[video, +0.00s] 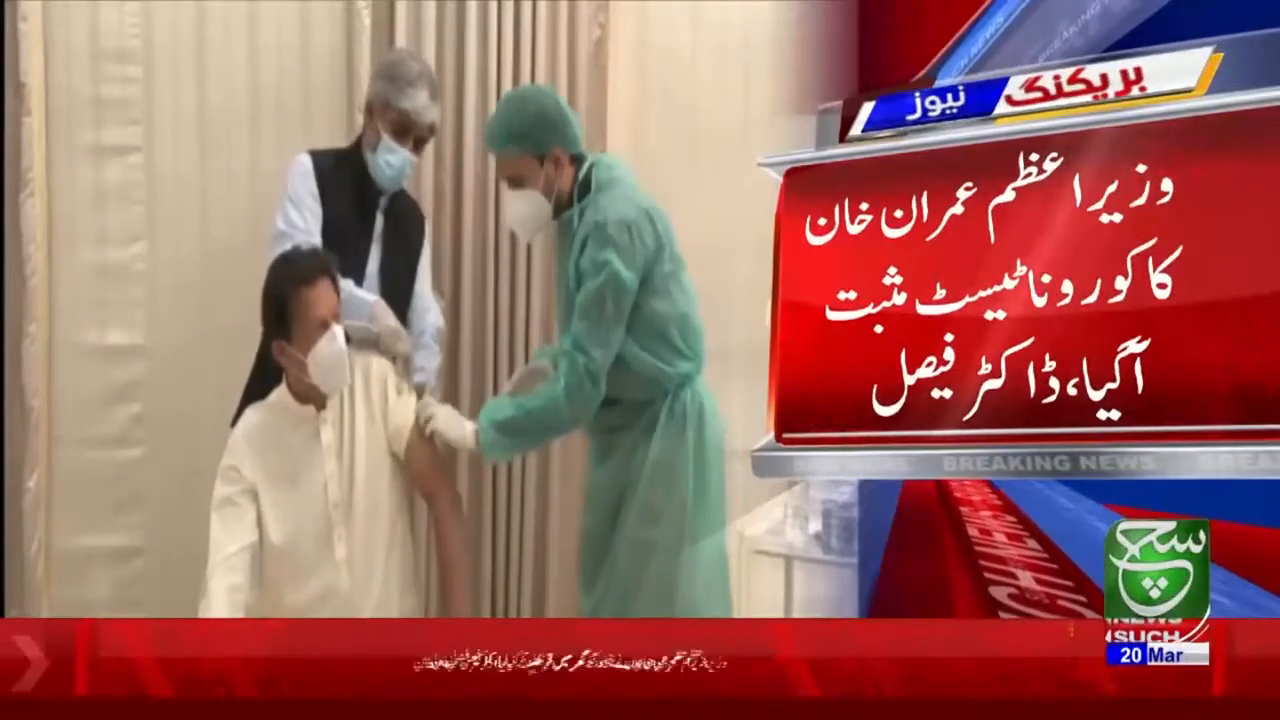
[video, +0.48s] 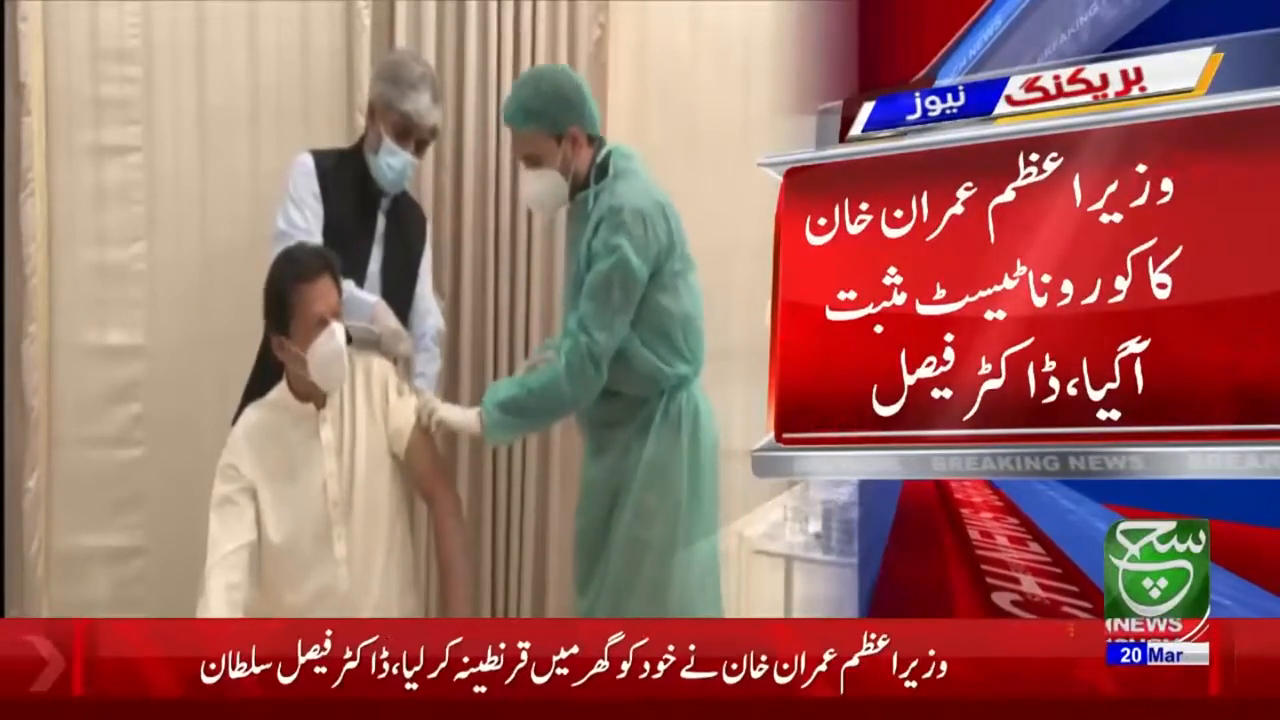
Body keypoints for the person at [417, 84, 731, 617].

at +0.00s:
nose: (511, 198)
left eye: (518, 182)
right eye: (505, 184)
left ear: (558, 163)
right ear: (557, 164)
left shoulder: (613, 221)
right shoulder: (583, 211)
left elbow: (581, 384)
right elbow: (592, 331)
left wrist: (482, 432)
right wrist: (548, 365)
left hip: (664, 430)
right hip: (625, 427)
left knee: (645, 602)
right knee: (609, 594)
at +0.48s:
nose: (528, 173)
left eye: (534, 159)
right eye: (523, 160)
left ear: (576, 141)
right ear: (572, 142)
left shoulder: (626, 209)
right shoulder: (596, 197)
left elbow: (586, 356)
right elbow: (588, 324)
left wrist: (486, 417)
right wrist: (554, 355)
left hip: (658, 429)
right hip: (622, 426)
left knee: (639, 602)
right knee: (608, 595)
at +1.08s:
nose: (497, 250)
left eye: (499, 232)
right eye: (488, 235)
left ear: (546, 194)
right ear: (546, 193)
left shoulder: (637, 227)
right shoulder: (584, 226)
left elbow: (590, 454)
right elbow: (584, 406)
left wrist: (459, 461)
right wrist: (498, 405)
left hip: (748, 466)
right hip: (679, 469)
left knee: (738, 661)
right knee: (657, 655)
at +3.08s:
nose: (497, 257)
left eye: (499, 240)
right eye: (489, 243)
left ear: (545, 200)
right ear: (546, 200)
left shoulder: (635, 235)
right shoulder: (582, 231)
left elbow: (591, 460)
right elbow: (570, 401)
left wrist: (460, 472)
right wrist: (486, 401)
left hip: (749, 473)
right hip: (679, 479)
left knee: (729, 664)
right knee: (655, 661)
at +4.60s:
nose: (495, 266)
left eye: (498, 249)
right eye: (487, 252)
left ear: (543, 209)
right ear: (544, 209)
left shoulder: (634, 247)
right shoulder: (581, 244)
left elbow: (588, 475)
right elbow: (568, 413)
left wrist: (456, 486)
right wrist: (481, 414)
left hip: (750, 477)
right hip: (677, 484)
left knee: (738, 663)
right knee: (657, 660)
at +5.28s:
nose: (496, 276)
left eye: (499, 259)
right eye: (488, 262)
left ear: (543, 219)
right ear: (543, 219)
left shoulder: (635, 259)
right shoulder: (581, 251)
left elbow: (591, 486)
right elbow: (569, 422)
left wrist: (461, 500)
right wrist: (485, 425)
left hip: (747, 489)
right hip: (674, 495)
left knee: (746, 673)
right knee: (660, 671)